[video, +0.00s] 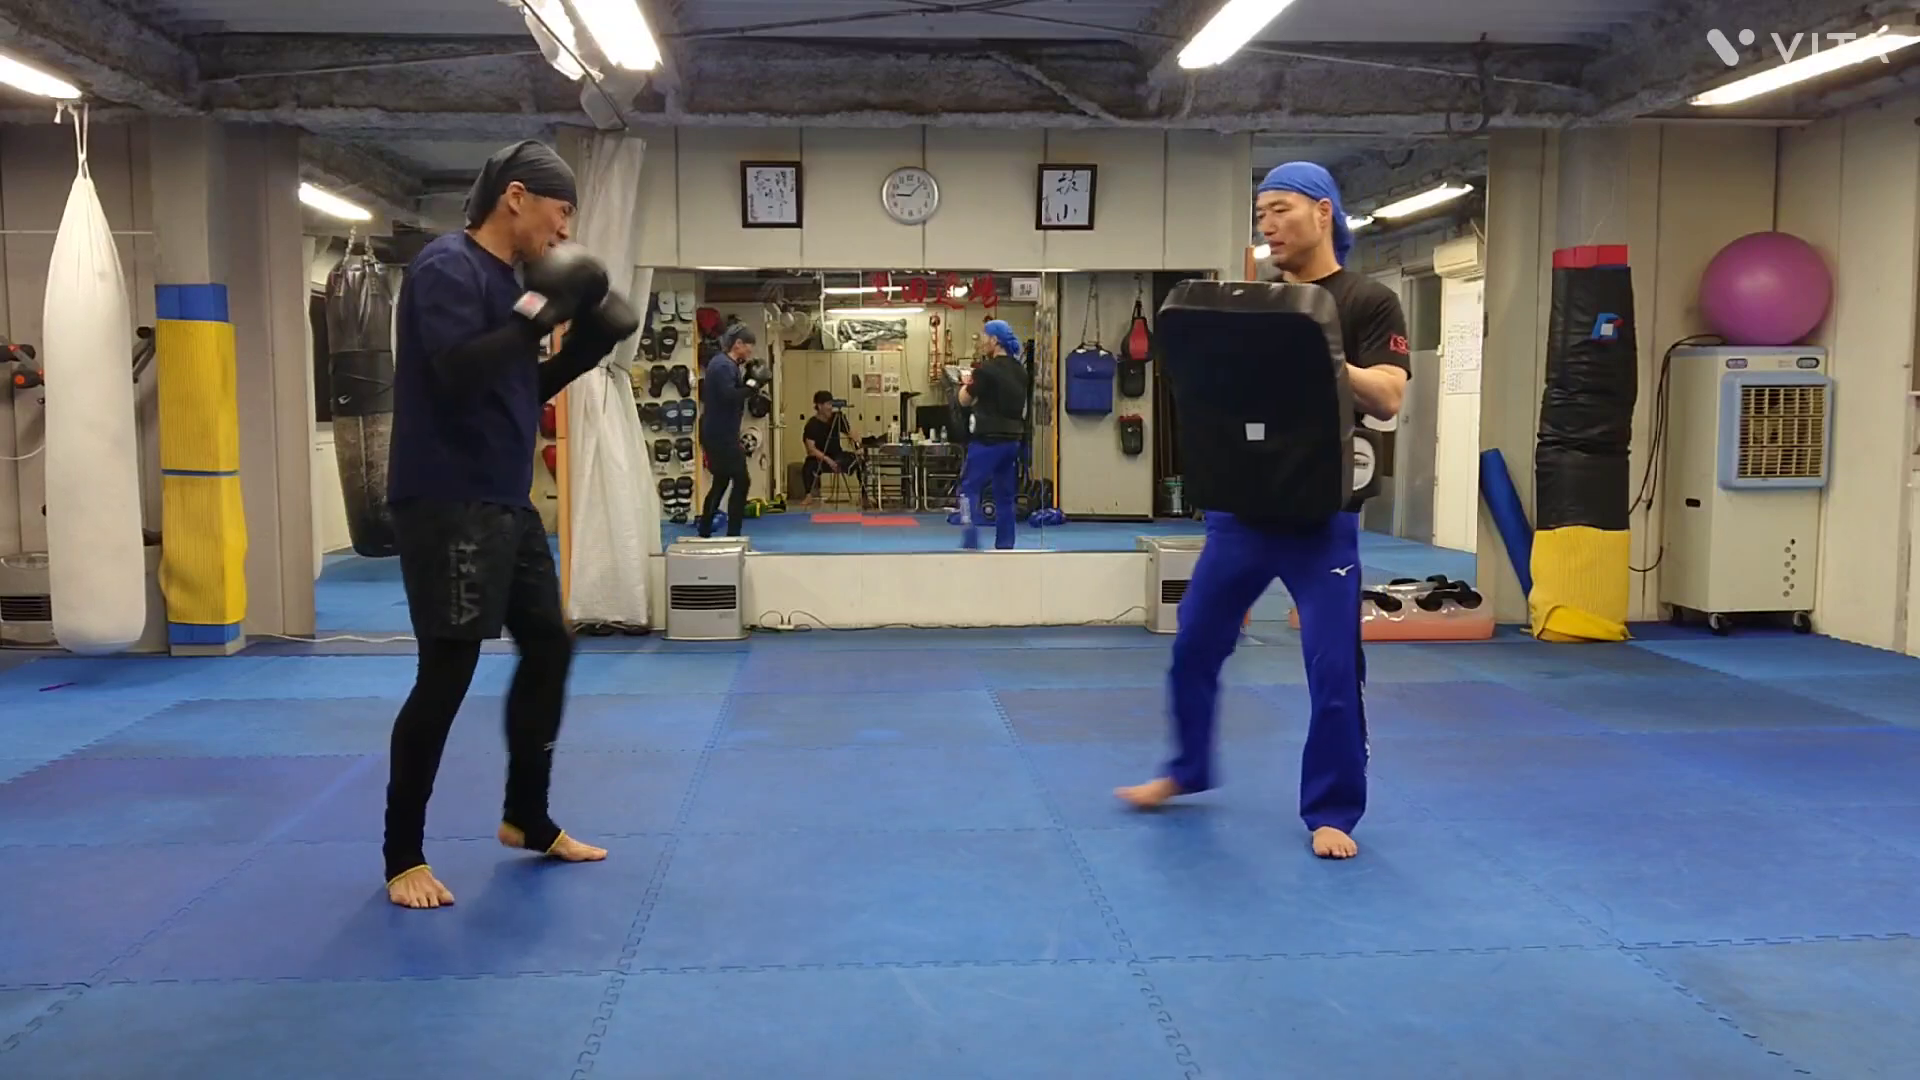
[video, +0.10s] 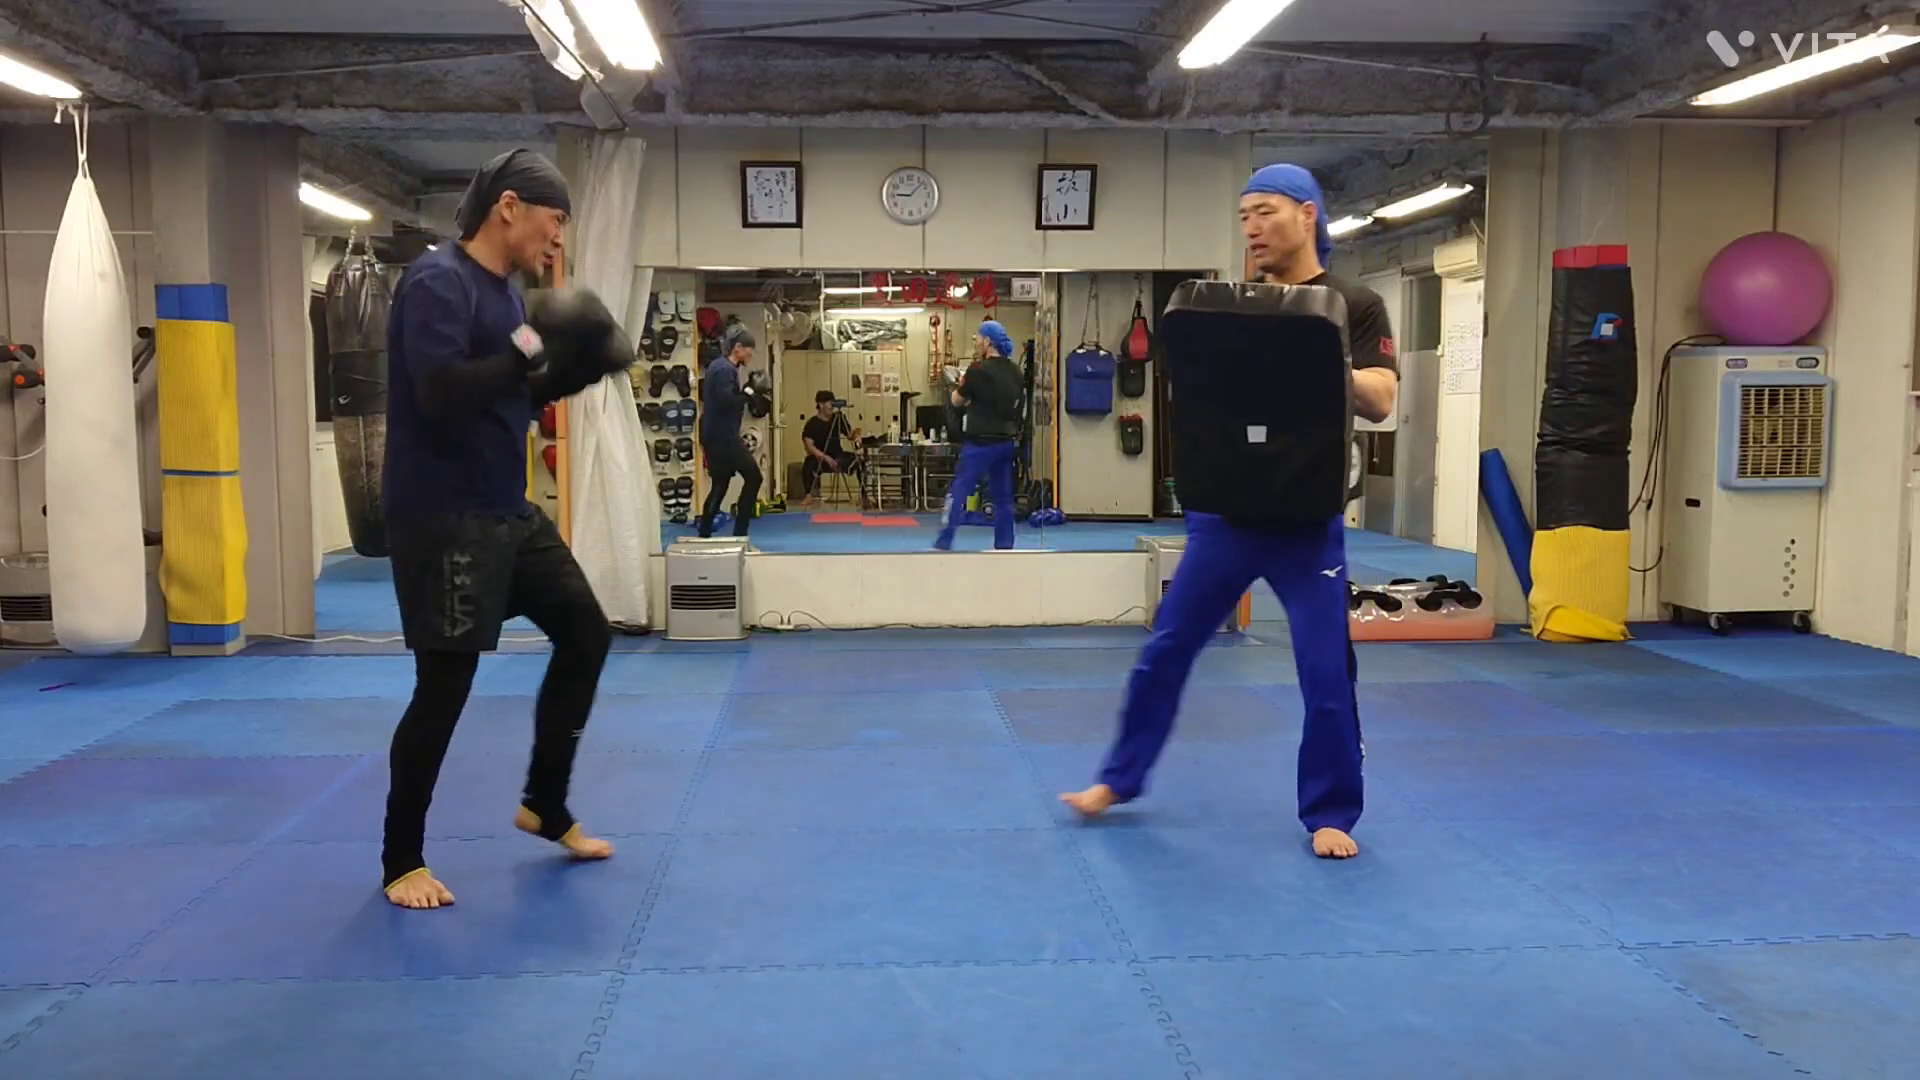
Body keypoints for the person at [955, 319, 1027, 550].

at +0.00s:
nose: (981, 341)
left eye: (984, 337)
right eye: (981, 337)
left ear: (995, 340)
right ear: (1002, 340)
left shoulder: (987, 369)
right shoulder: (1020, 369)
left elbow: (964, 399)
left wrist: (965, 385)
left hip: (987, 438)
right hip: (1012, 438)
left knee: (970, 487)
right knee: (1005, 494)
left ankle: (970, 539)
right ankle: (1005, 544)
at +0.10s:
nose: (976, 342)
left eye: (978, 338)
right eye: (976, 338)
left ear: (988, 341)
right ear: (999, 342)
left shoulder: (978, 370)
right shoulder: (1015, 371)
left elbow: (958, 400)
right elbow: (1013, 404)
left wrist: (958, 388)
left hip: (980, 440)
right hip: (1006, 440)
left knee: (960, 488)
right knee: (1003, 496)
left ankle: (945, 540)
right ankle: (1004, 545)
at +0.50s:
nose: (945, 347)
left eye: (947, 343)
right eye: (946, 342)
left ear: (954, 346)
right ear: (970, 347)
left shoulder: (941, 373)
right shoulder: (985, 375)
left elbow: (928, 395)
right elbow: (991, 398)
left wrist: (936, 372)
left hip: (943, 443)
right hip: (973, 443)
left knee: (930, 496)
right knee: (985, 495)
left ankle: (921, 545)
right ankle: (1000, 545)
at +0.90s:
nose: (945, 350)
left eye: (945, 346)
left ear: (943, 350)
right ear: (967, 348)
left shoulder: (932, 374)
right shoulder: (979, 375)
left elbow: (924, 405)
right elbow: (986, 407)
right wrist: (966, 414)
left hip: (939, 445)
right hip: (969, 444)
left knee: (928, 497)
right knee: (983, 495)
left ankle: (921, 546)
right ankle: (999, 544)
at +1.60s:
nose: (968, 351)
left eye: (971, 347)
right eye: (970, 347)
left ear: (978, 351)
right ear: (993, 351)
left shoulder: (964, 379)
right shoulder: (1008, 378)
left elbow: (952, 411)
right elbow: (1020, 412)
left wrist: (973, 420)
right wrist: (999, 422)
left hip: (966, 450)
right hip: (997, 450)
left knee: (943, 501)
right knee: (1013, 503)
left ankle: (922, 549)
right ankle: (1033, 550)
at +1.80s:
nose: (983, 342)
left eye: (986, 338)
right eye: (985, 337)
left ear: (995, 343)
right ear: (1009, 343)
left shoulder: (982, 371)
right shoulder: (1025, 371)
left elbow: (968, 403)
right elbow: (1035, 397)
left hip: (985, 443)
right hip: (1015, 443)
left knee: (964, 492)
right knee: (1022, 497)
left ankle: (953, 544)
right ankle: (1034, 548)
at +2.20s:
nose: (990, 344)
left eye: (993, 340)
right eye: (992, 340)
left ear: (1000, 345)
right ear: (1017, 344)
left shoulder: (989, 374)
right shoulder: (1036, 373)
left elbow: (978, 406)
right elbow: (1049, 404)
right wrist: (1036, 421)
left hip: (994, 444)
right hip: (1025, 444)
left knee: (987, 499)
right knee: (1043, 495)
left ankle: (986, 552)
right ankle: (1063, 546)